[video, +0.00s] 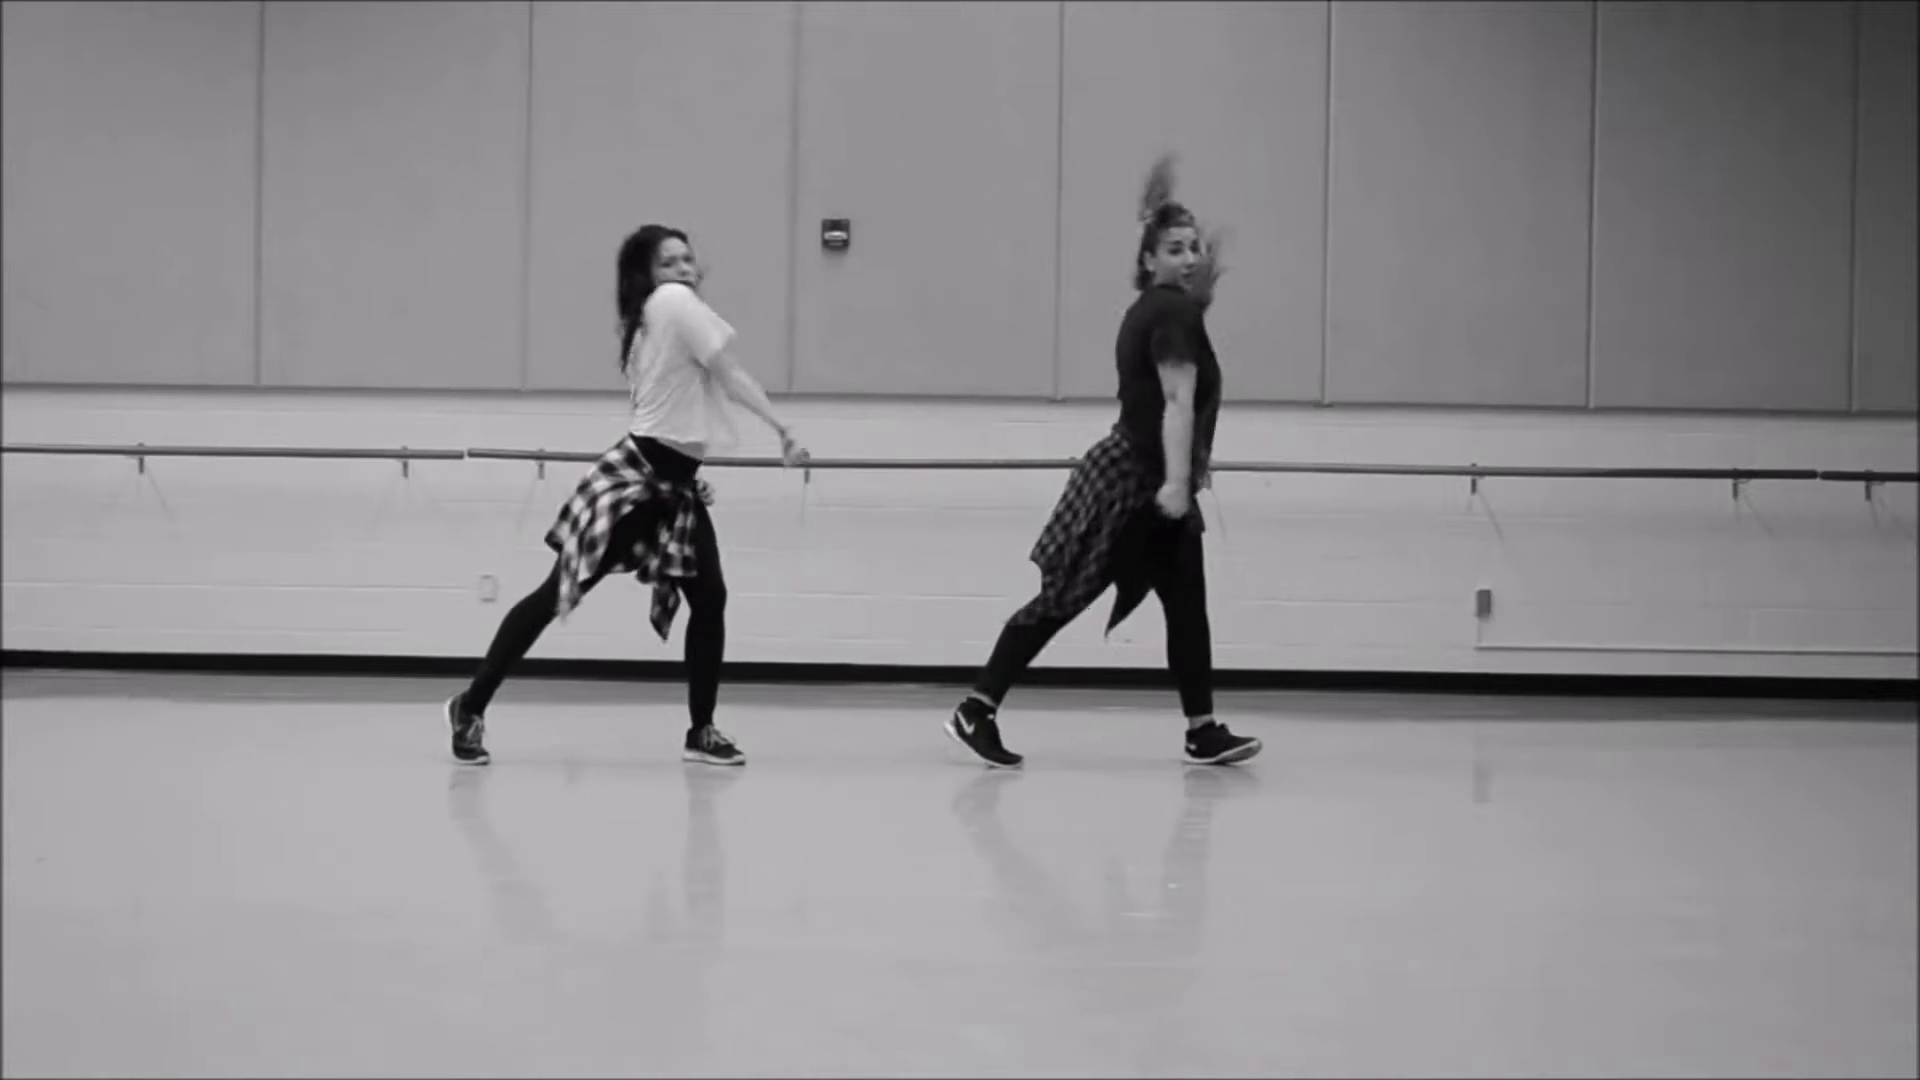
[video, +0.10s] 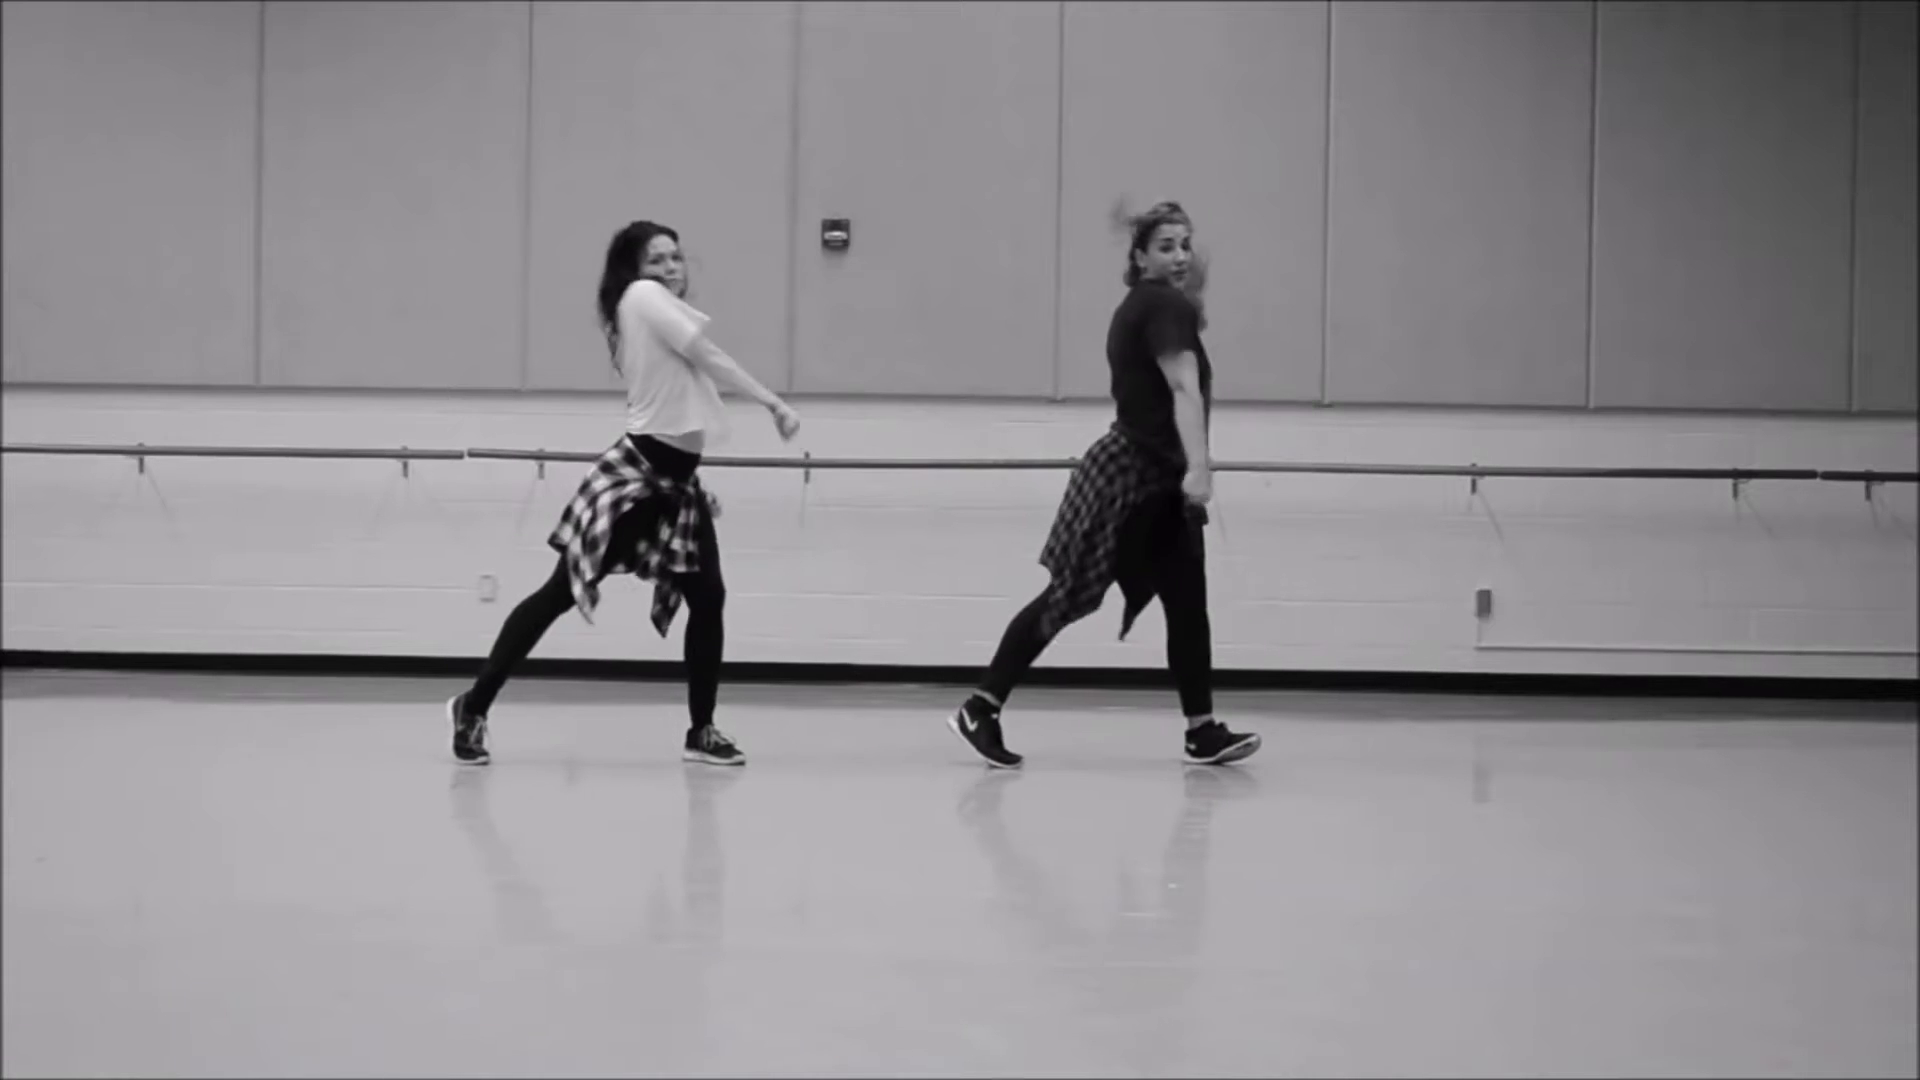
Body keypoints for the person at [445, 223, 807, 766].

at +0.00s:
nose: (686, 267)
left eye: (689, 259)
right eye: (673, 262)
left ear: (693, 264)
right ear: (648, 272)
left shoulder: (663, 310)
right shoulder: (674, 300)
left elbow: (658, 399)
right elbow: (727, 373)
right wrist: (783, 430)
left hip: (677, 485)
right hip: (643, 477)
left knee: (709, 599)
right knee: (559, 592)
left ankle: (702, 729)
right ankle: (470, 705)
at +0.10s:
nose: (673, 266)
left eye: (678, 258)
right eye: (659, 260)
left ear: (685, 263)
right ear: (634, 268)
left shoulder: (661, 309)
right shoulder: (643, 294)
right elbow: (702, 353)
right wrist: (773, 402)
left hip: (678, 482)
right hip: (640, 475)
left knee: (708, 598)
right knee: (560, 591)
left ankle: (702, 729)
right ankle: (473, 705)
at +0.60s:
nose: (655, 266)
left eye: (660, 256)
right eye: (641, 258)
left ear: (669, 265)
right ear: (616, 268)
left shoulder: (670, 335)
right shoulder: (597, 303)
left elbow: (718, 407)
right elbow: (579, 378)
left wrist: (760, 392)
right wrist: (611, 450)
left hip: (675, 479)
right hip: (623, 473)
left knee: (698, 605)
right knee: (561, 596)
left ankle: (701, 729)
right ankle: (477, 706)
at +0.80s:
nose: (643, 268)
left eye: (649, 259)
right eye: (630, 261)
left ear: (661, 266)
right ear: (607, 270)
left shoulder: (675, 330)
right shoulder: (578, 314)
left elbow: (747, 379)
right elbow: (549, 385)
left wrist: (680, 385)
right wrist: (559, 453)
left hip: (659, 479)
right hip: (585, 477)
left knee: (711, 595)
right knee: (540, 603)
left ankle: (735, 720)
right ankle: (483, 725)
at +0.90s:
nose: (630, 274)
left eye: (637, 264)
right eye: (617, 266)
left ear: (650, 273)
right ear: (597, 277)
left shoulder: (664, 338)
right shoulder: (581, 332)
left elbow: (695, 370)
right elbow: (560, 397)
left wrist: (613, 383)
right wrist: (541, 460)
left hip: (639, 482)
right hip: (574, 480)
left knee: (682, 609)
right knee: (524, 606)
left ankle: (749, 711)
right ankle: (482, 727)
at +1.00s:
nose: (623, 273)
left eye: (630, 263)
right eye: (610, 266)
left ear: (645, 270)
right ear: (593, 276)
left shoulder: (667, 331)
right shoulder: (573, 326)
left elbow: (725, 358)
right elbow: (548, 396)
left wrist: (646, 372)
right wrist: (538, 460)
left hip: (644, 484)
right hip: (573, 483)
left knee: (698, 601)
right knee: (528, 613)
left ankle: (742, 717)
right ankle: (484, 727)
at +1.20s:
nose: (624, 273)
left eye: (632, 263)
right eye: (611, 265)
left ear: (645, 271)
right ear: (592, 275)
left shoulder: (656, 331)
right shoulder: (569, 319)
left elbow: (712, 409)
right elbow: (530, 397)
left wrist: (693, 374)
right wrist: (549, 470)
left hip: (653, 482)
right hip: (583, 485)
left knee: (720, 583)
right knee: (539, 616)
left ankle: (738, 720)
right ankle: (485, 727)